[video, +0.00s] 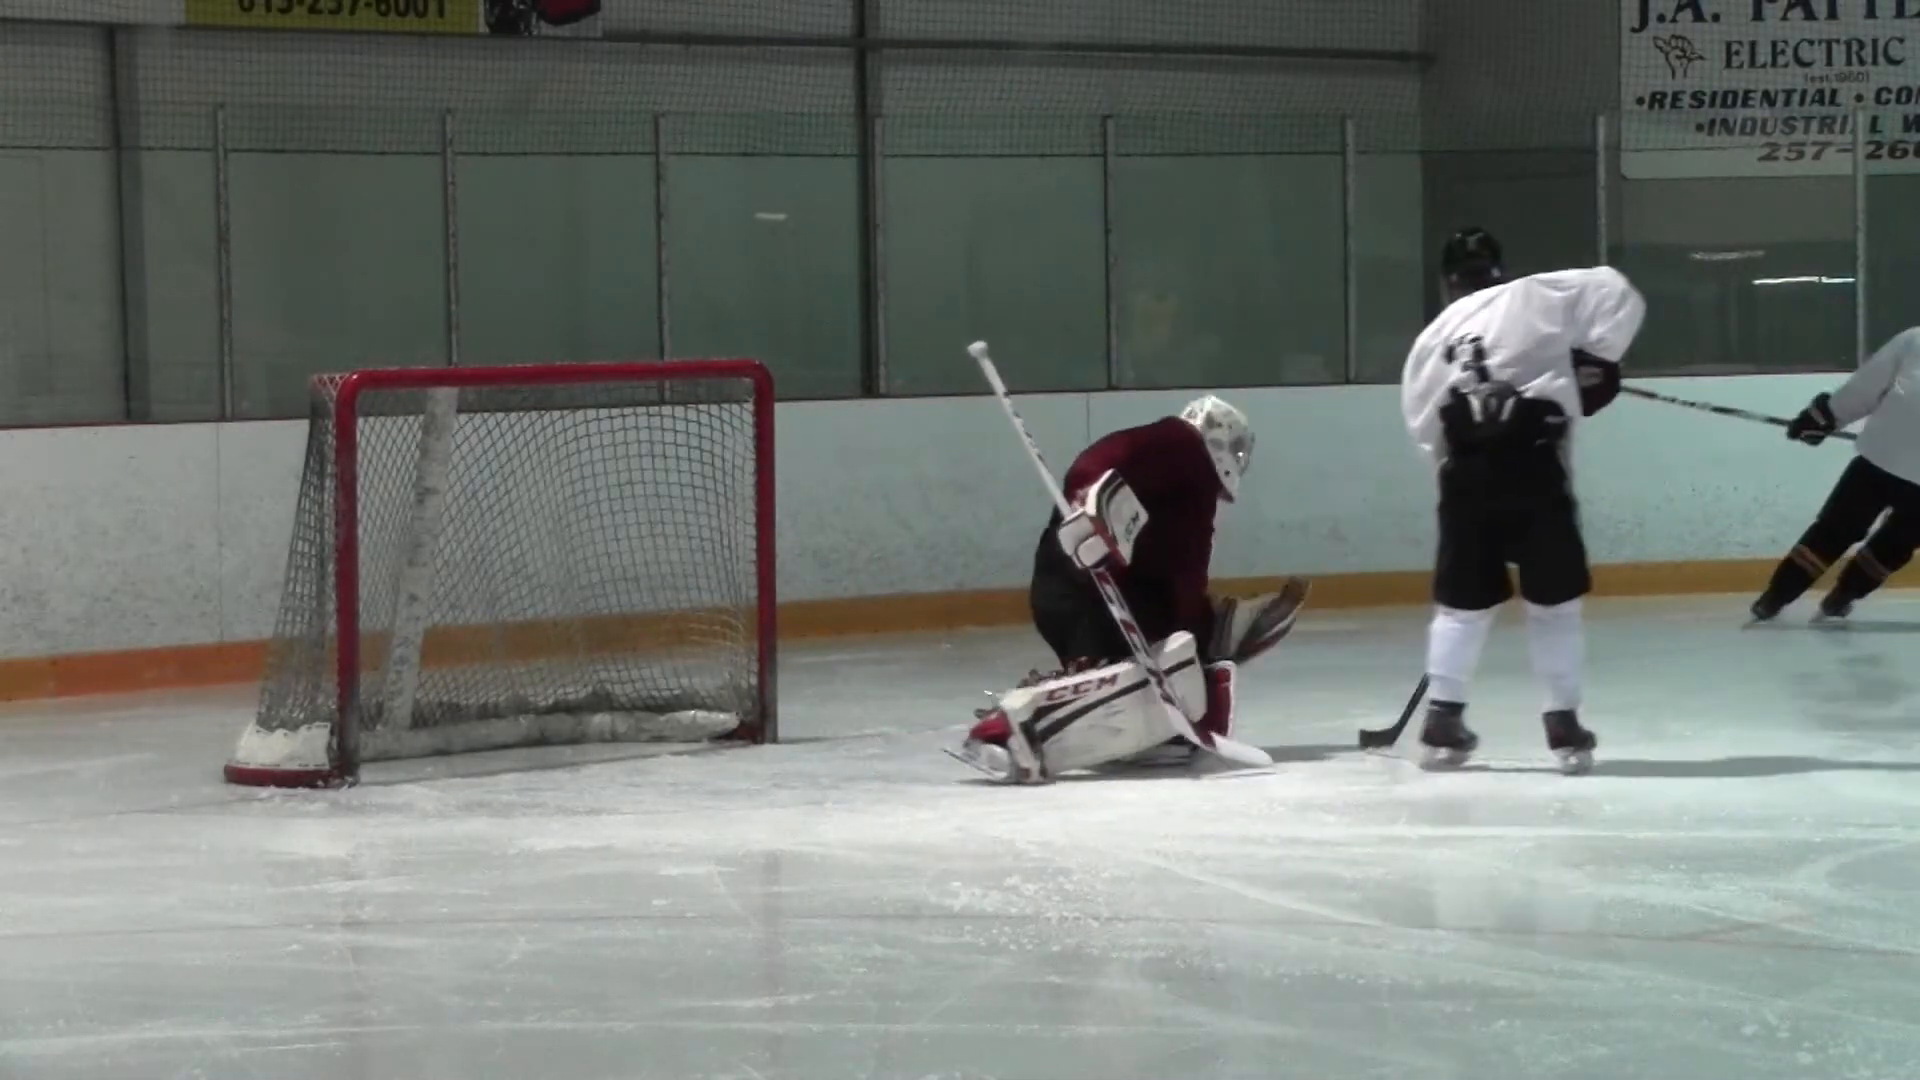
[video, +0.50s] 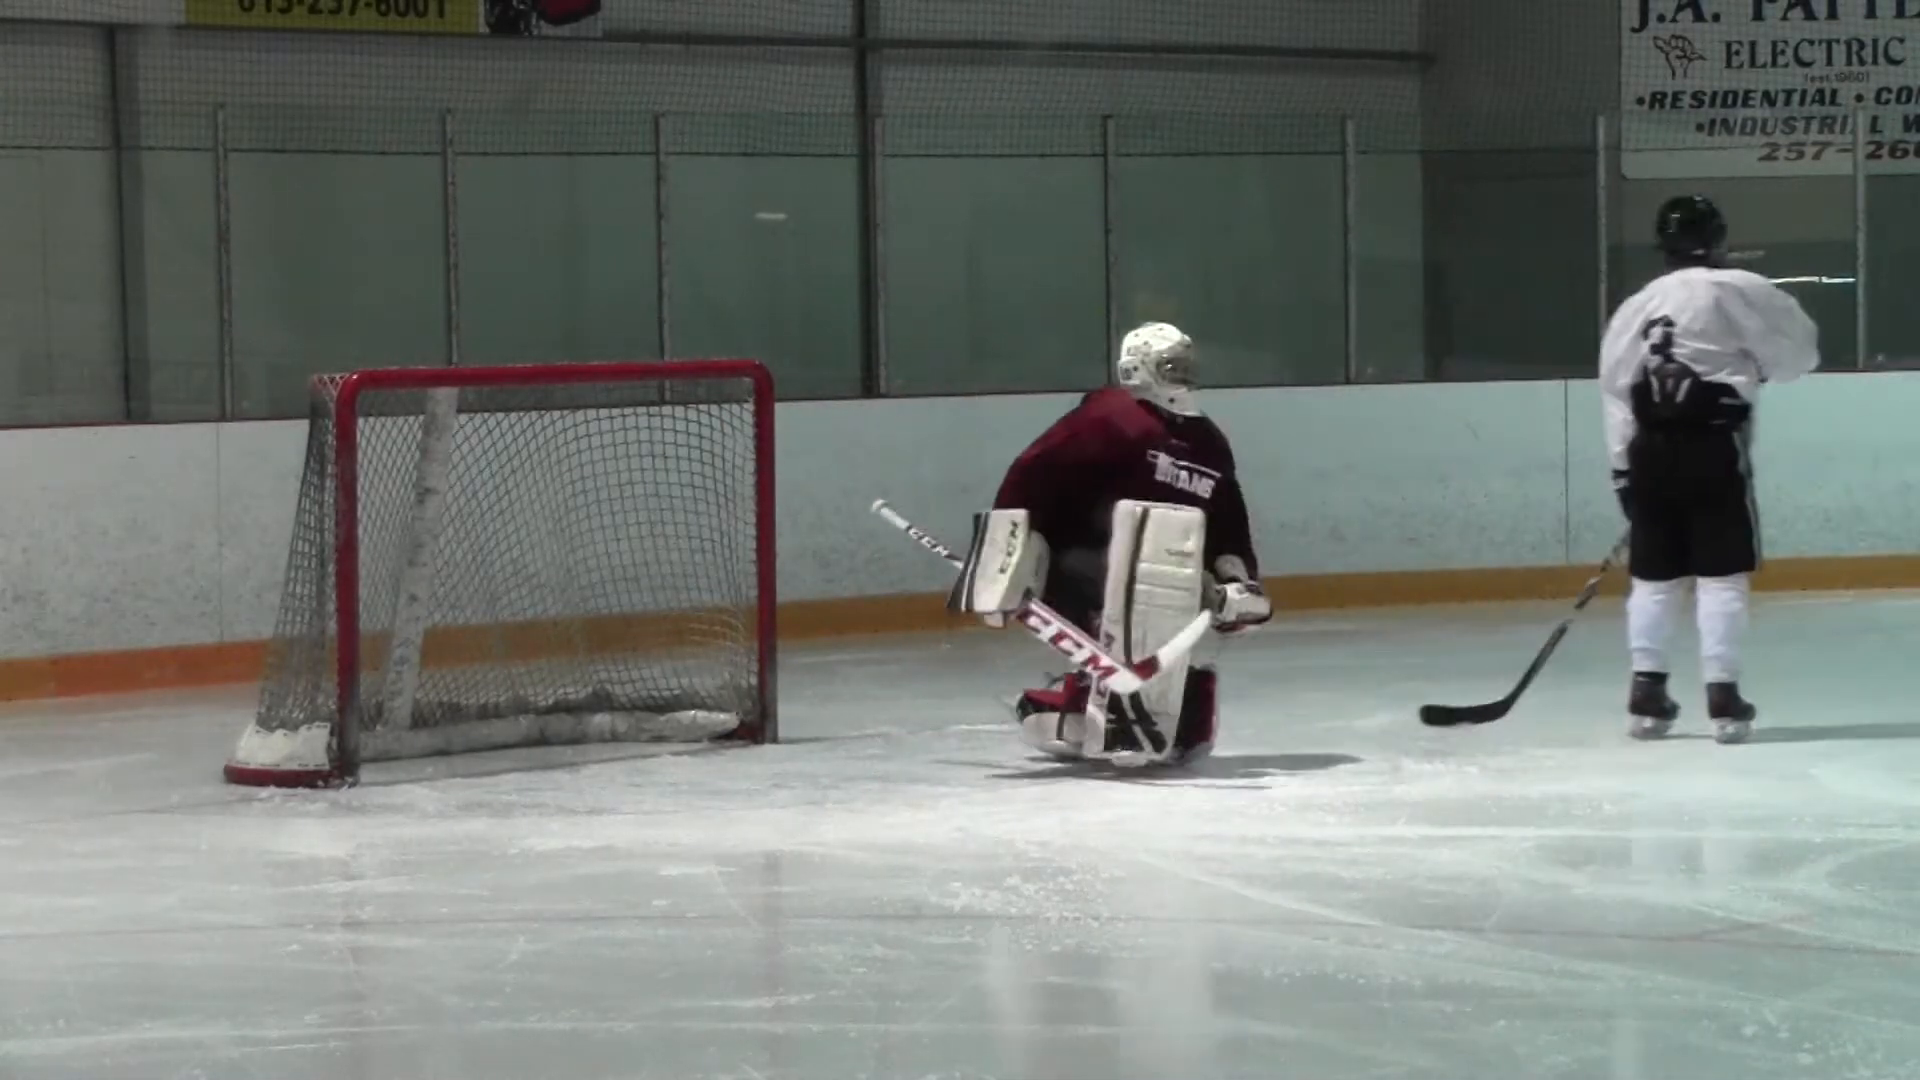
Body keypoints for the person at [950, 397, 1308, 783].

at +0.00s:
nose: (1238, 465)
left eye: (1241, 455)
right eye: (1235, 451)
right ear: (1215, 438)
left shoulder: (1198, 492)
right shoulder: (1178, 440)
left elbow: (1189, 579)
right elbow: (1100, 460)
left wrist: (1205, 649)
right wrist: (1094, 504)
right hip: (1078, 585)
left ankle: (1228, 629)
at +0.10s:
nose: (1231, 446)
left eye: (1235, 434)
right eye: (1229, 430)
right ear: (1206, 419)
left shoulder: (1187, 482)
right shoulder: (1165, 435)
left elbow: (1186, 573)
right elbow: (1099, 457)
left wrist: (1251, 588)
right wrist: (1073, 508)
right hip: (1082, 591)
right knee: (1185, 683)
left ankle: (1049, 696)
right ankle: (1057, 716)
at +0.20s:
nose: (1222, 417)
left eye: (1225, 407)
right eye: (1214, 405)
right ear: (1185, 400)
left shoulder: (1198, 471)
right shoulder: (1148, 428)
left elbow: (1224, 531)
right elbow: (1070, 465)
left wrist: (1267, 563)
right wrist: (1047, 531)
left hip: (1141, 597)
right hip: (1084, 588)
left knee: (1191, 716)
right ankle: (1048, 704)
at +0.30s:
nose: (1210, 400)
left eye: (1214, 389)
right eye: (1199, 387)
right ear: (1168, 384)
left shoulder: (1204, 454)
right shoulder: (1135, 421)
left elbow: (1239, 516)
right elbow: (1054, 469)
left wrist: (1269, 577)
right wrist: (1029, 552)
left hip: (1153, 594)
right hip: (1084, 587)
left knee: (1202, 724)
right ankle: (1038, 709)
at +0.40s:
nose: (1196, 385)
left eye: (1200, 374)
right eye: (1184, 374)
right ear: (1152, 376)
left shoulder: (1207, 446)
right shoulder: (1123, 418)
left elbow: (1237, 517)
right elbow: (1039, 471)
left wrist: (1254, 583)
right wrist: (1014, 563)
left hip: (1162, 602)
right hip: (1087, 594)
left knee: (1199, 717)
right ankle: (1036, 711)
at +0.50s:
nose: (1183, 380)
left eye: (1187, 370)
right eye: (1171, 369)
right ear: (1139, 372)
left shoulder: (1207, 439)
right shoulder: (1110, 417)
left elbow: (1229, 522)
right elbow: (1028, 477)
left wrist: (1238, 582)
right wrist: (1003, 569)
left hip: (1160, 587)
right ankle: (1043, 716)